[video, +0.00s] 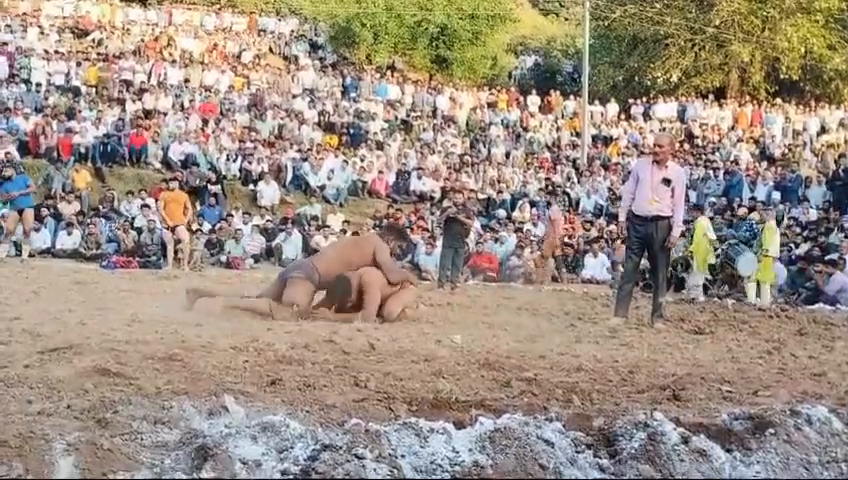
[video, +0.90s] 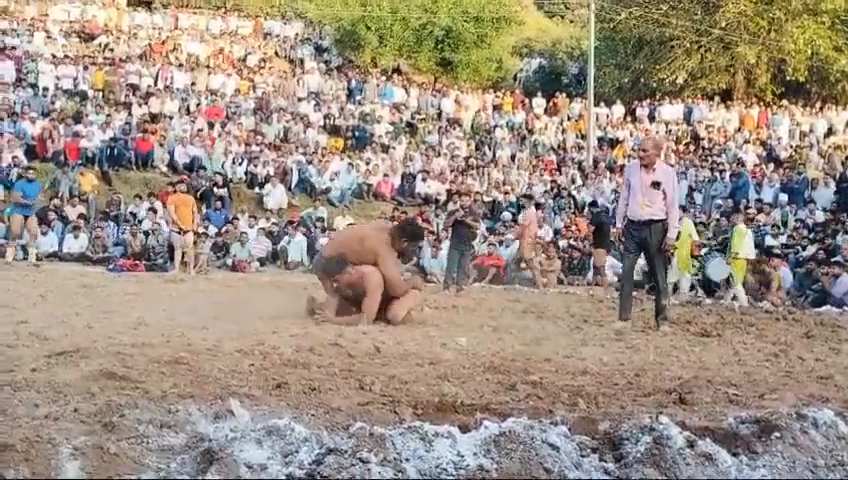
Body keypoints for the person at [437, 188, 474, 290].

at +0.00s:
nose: (457, 200)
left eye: (460, 198)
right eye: (456, 197)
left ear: (463, 199)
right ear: (452, 198)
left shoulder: (467, 211)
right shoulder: (446, 209)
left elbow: (471, 223)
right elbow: (439, 221)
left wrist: (459, 217)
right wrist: (447, 214)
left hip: (461, 240)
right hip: (448, 239)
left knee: (458, 265)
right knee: (445, 263)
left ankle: (454, 284)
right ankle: (441, 283)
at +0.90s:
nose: (464, 203)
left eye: (466, 201)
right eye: (462, 201)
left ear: (470, 201)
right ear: (459, 201)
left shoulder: (473, 214)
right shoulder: (453, 213)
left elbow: (478, 225)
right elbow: (446, 224)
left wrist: (466, 220)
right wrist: (455, 217)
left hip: (467, 244)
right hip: (455, 243)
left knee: (464, 268)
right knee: (451, 266)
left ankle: (460, 287)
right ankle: (447, 286)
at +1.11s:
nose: (484, 209)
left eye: (486, 207)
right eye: (482, 206)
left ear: (490, 207)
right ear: (478, 207)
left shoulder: (493, 220)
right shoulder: (473, 219)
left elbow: (498, 231)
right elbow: (466, 231)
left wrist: (485, 226)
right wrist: (475, 223)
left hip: (488, 250)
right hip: (475, 249)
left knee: (484, 274)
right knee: (472, 272)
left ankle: (481, 292)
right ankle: (467, 290)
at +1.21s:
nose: (496, 214)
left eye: (498, 212)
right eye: (494, 212)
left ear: (502, 213)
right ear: (492, 212)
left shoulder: (507, 225)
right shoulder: (487, 224)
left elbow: (511, 237)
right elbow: (479, 236)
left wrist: (500, 232)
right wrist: (488, 228)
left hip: (501, 256)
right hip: (489, 255)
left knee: (497, 279)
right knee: (485, 278)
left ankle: (494, 297)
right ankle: (480, 295)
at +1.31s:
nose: (508, 220)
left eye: (510, 218)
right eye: (506, 218)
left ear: (514, 219)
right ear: (503, 219)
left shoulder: (517, 230)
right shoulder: (498, 230)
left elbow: (524, 242)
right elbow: (490, 242)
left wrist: (512, 238)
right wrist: (499, 234)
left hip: (513, 259)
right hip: (500, 258)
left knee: (510, 283)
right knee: (496, 281)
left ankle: (507, 302)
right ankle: (493, 300)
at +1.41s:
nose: (507, 224)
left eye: (510, 222)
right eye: (505, 222)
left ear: (513, 223)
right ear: (502, 223)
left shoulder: (517, 234)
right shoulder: (497, 234)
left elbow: (524, 246)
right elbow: (489, 247)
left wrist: (511, 241)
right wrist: (498, 239)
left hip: (513, 263)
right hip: (500, 262)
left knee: (509, 287)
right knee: (496, 285)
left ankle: (506, 306)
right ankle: (493, 304)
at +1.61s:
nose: (494, 228)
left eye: (496, 226)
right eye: (491, 226)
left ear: (500, 226)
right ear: (488, 227)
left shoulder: (505, 238)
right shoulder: (485, 238)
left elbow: (510, 251)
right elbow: (479, 248)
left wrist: (496, 245)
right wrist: (486, 241)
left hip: (499, 267)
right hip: (487, 266)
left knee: (498, 290)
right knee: (484, 288)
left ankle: (496, 309)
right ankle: (480, 307)